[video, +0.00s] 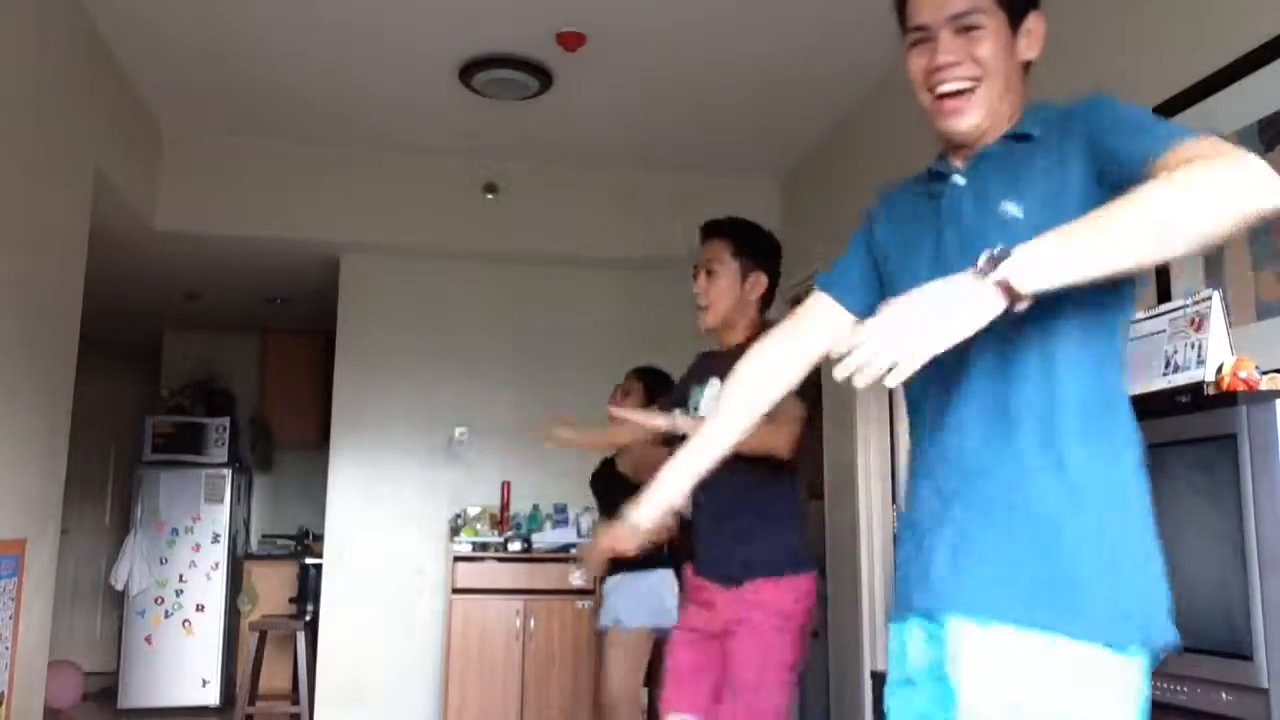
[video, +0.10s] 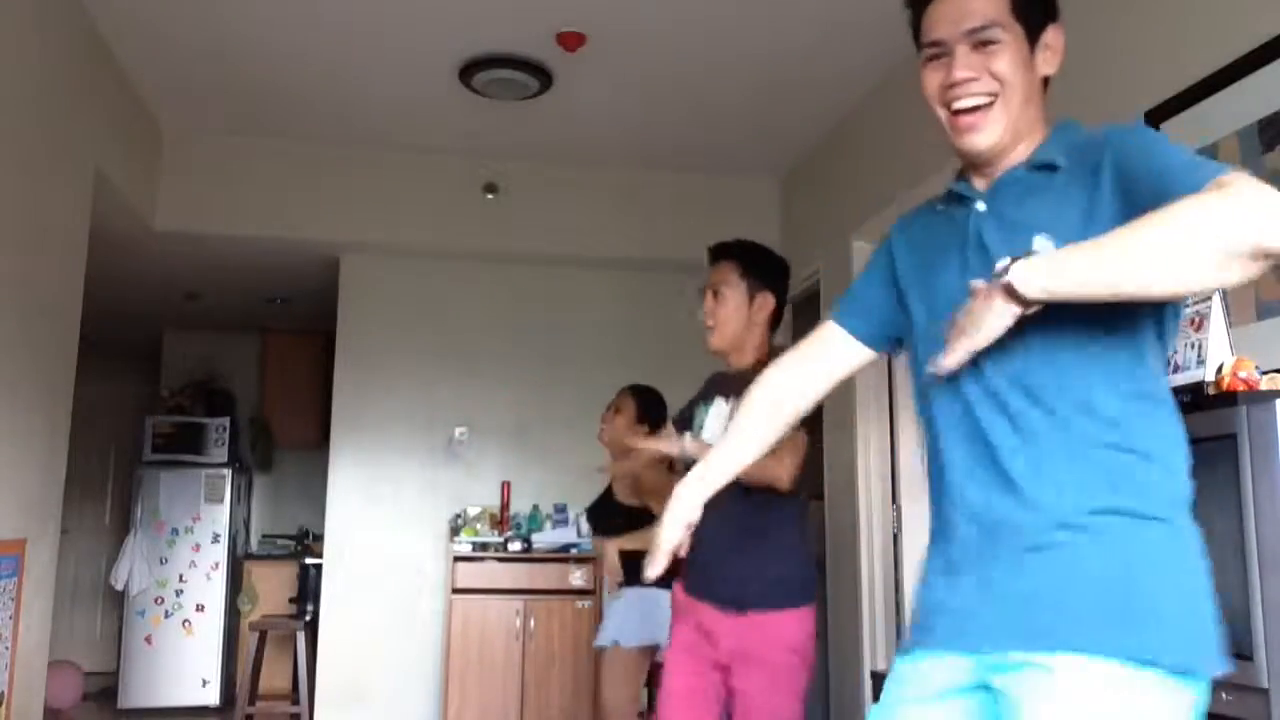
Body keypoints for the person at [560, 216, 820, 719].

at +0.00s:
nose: (696, 287)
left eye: (711, 272)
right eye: (698, 273)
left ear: (755, 285)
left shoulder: (786, 357)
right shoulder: (701, 371)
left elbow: (783, 441)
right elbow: (668, 467)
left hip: (772, 582)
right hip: (704, 580)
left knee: (754, 712)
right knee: (681, 711)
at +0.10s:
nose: (705, 308)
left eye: (718, 294)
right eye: (706, 294)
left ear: (763, 306)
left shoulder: (796, 385)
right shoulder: (710, 393)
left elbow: (783, 472)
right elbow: (651, 470)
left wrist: (691, 449)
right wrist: (675, 508)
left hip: (773, 614)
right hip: (696, 608)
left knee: (767, 715)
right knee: (678, 714)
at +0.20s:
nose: (707, 325)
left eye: (723, 310)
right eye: (710, 311)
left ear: (768, 322)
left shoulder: (797, 401)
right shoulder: (718, 408)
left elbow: (790, 482)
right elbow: (685, 492)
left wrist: (679, 447)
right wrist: (637, 536)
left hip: (767, 637)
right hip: (698, 629)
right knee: (648, 712)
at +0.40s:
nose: (705, 300)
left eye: (718, 285)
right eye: (705, 286)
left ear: (763, 296)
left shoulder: (783, 353)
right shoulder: (725, 364)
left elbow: (811, 380)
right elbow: (678, 384)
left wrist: (735, 375)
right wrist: (618, 396)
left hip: (751, 578)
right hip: (714, 578)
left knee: (719, 710)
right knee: (670, 708)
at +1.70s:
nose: (709, 325)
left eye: (720, 310)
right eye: (710, 311)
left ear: (766, 316)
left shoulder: (807, 389)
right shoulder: (723, 399)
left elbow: (778, 430)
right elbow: (696, 443)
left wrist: (703, 427)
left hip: (770, 626)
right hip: (693, 615)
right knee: (663, 713)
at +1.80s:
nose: (706, 342)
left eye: (716, 326)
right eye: (707, 327)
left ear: (761, 326)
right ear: (758, 328)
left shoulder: (807, 402)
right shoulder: (729, 408)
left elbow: (772, 452)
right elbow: (687, 453)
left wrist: (699, 431)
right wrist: (651, 478)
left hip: (767, 636)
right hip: (693, 624)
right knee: (658, 712)